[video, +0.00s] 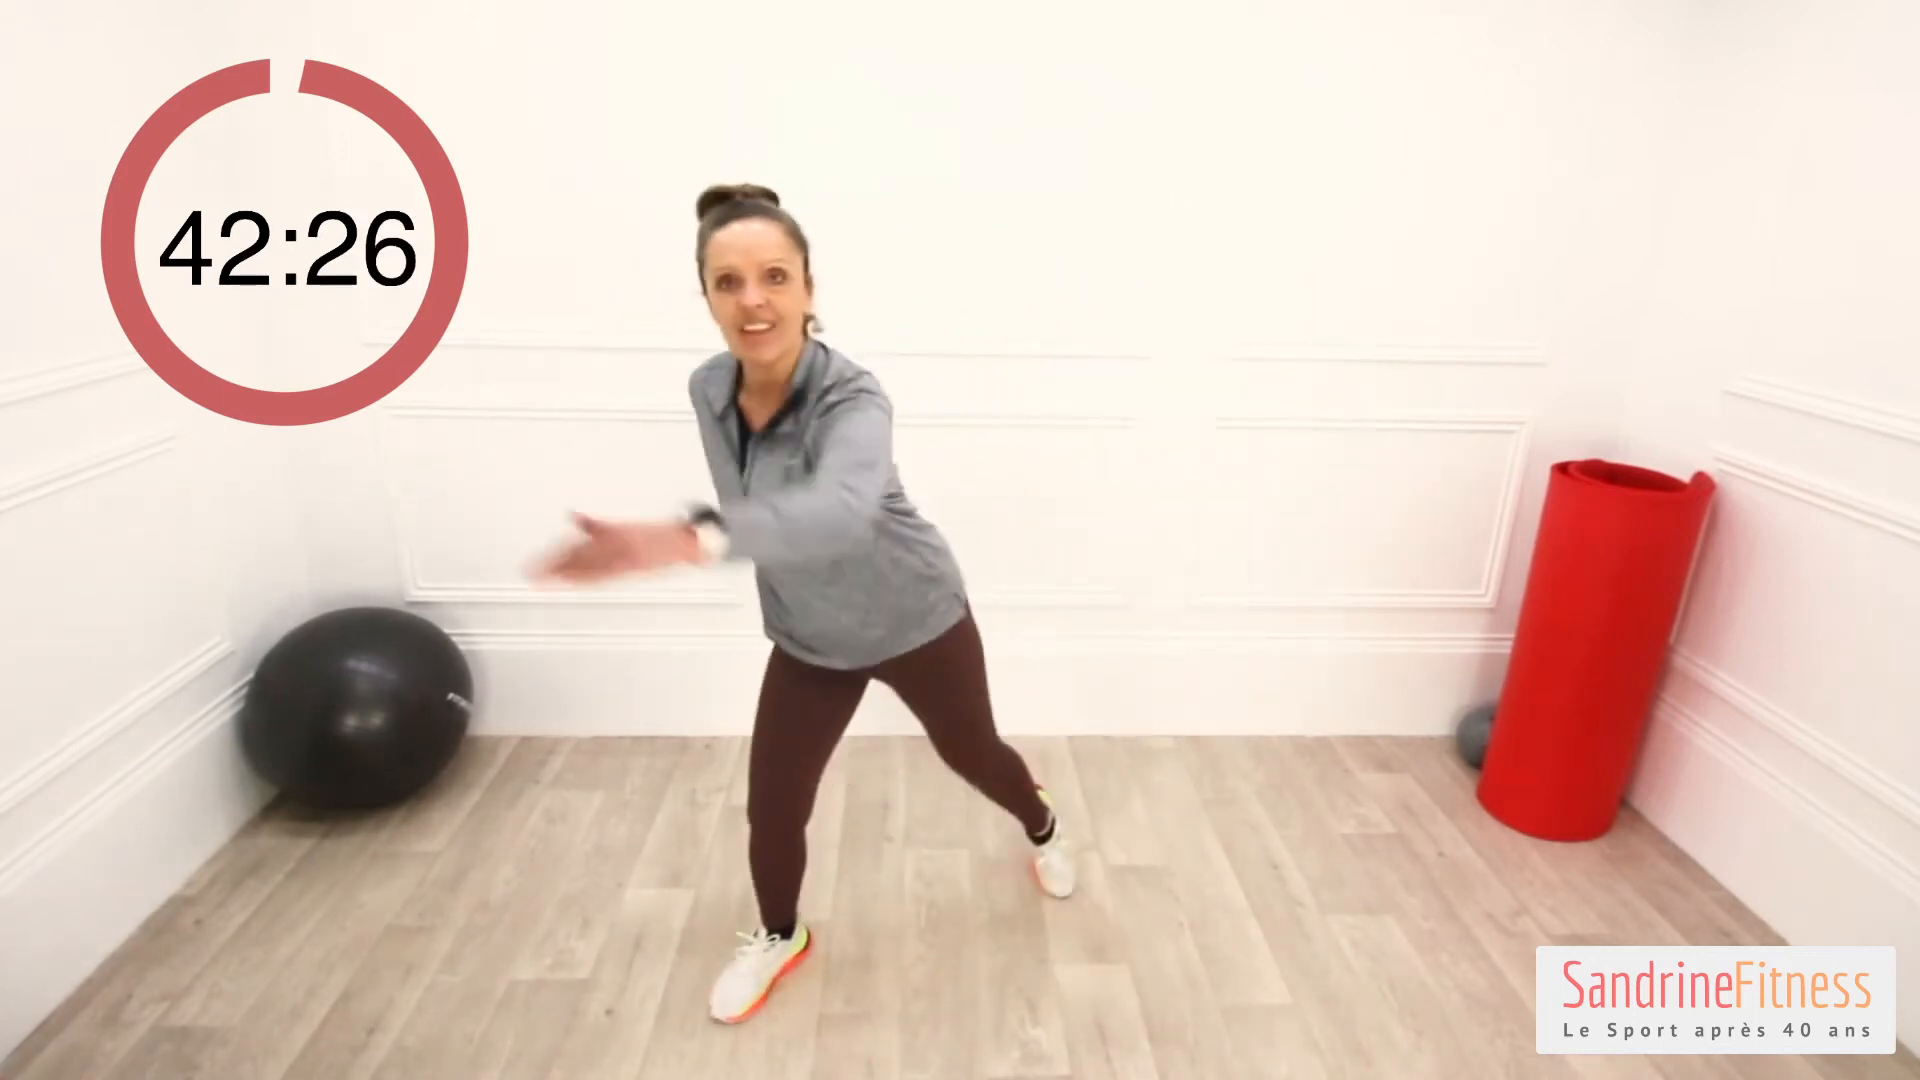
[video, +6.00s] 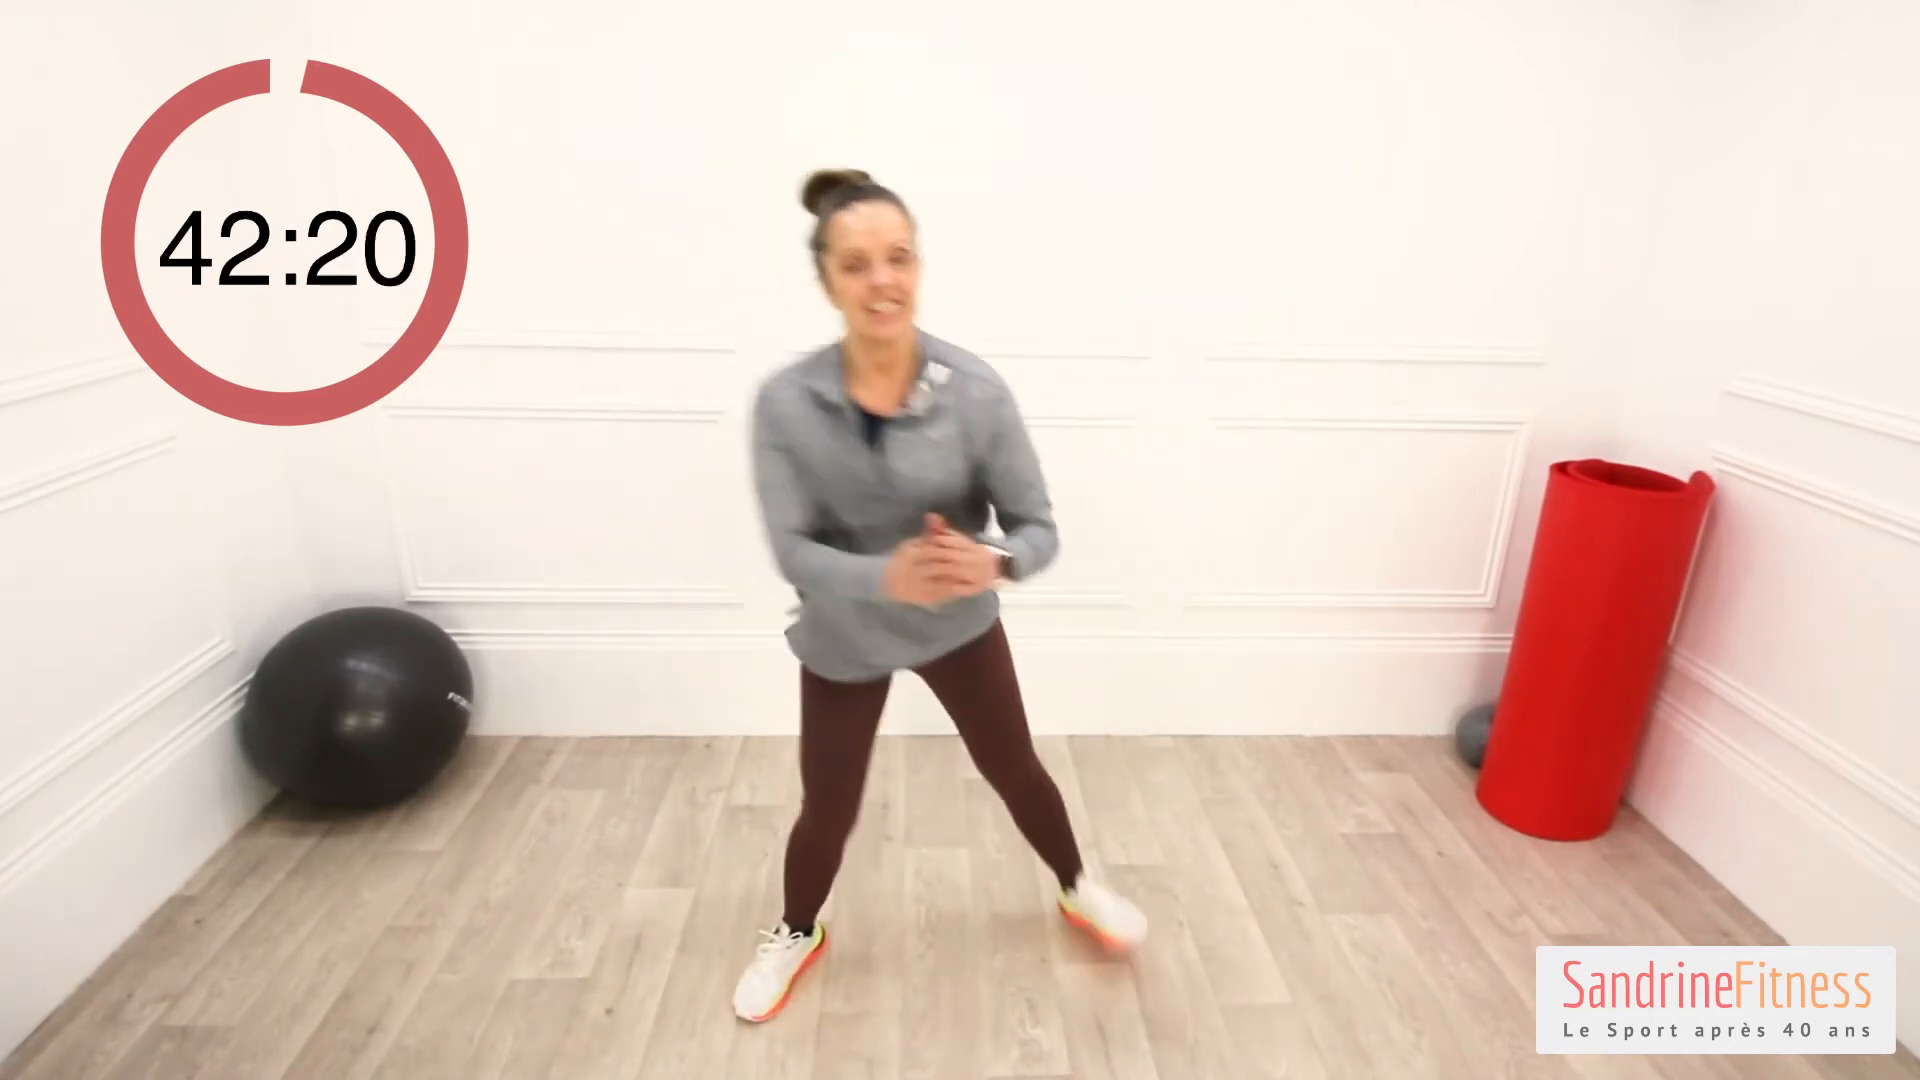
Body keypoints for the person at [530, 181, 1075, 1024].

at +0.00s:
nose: (754, 302)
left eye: (774, 278)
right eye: (729, 283)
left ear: (809, 291)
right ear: (709, 302)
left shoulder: (853, 401)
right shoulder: (710, 391)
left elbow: (843, 509)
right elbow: (753, 510)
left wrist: (696, 536)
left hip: (916, 618)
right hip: (812, 631)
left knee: (972, 753)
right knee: (774, 806)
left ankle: (1045, 829)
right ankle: (780, 934)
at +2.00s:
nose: (787, 292)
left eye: (805, 268)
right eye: (762, 275)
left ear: (836, 275)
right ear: (740, 292)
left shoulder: (884, 384)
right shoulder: (733, 382)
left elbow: (943, 495)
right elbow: (786, 499)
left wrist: (828, 568)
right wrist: (796, 570)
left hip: (938, 603)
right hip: (834, 620)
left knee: (999, 745)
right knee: (805, 793)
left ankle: (1064, 829)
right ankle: (796, 921)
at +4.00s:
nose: (848, 262)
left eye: (865, 239)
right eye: (823, 244)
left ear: (891, 250)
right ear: (793, 262)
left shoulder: (948, 373)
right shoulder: (749, 388)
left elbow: (1024, 501)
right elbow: (743, 527)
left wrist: (971, 561)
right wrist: (835, 573)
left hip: (947, 621)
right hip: (828, 636)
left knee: (1006, 767)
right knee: (816, 804)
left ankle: (1043, 831)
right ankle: (799, 941)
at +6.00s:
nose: (882, 283)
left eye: (897, 259)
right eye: (857, 266)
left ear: (920, 268)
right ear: (826, 283)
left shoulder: (977, 393)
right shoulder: (786, 405)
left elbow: (1038, 530)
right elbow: (793, 553)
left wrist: (997, 563)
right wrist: (883, 576)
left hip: (957, 627)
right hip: (845, 637)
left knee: (1014, 771)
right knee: (827, 808)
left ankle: (1077, 887)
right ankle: (796, 933)